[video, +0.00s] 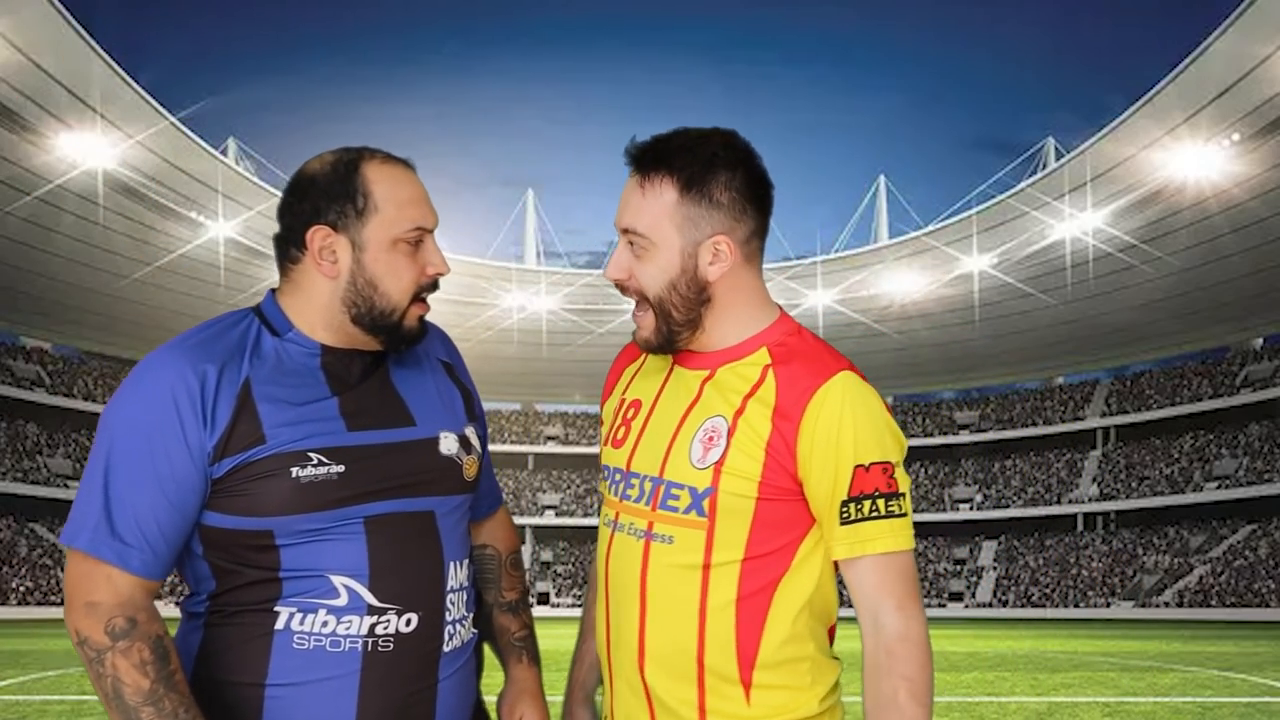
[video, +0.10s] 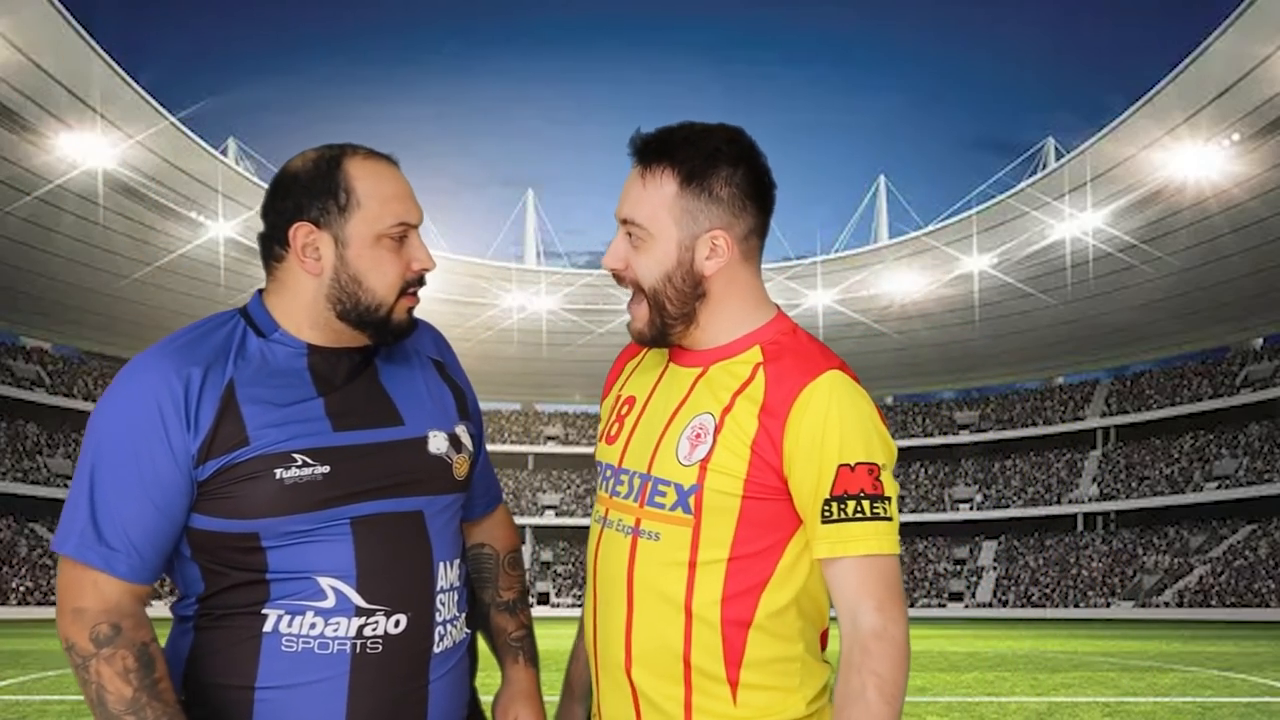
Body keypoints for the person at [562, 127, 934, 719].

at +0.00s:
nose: (613, 272)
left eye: (636, 245)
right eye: (619, 242)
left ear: (717, 256)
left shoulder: (828, 397)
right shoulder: (629, 372)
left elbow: (894, 631)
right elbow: (618, 554)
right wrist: (579, 693)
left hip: (766, 706)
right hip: (625, 706)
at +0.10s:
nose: (611, 260)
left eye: (634, 235)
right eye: (619, 232)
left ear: (713, 250)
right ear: (712, 252)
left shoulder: (818, 396)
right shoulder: (632, 369)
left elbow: (875, 633)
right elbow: (613, 580)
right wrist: (573, 703)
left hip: (751, 705)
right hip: (612, 706)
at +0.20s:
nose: (607, 251)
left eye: (632, 225)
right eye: (616, 222)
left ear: (709, 241)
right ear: (707, 243)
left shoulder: (807, 392)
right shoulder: (626, 367)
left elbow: (861, 628)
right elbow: (607, 573)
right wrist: (568, 700)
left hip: (733, 705)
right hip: (600, 705)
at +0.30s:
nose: (590, 244)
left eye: (617, 220)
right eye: (601, 219)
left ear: (694, 239)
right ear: (693, 241)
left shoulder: (788, 388)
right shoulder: (607, 370)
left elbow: (848, 619)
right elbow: (596, 572)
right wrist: (559, 697)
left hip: (719, 704)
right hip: (587, 703)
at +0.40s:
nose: (564, 242)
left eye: (594, 218)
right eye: (577, 218)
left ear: (668, 241)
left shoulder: (762, 385)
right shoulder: (577, 374)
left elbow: (835, 605)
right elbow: (575, 575)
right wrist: (527, 697)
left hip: (714, 703)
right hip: (580, 703)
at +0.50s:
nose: (530, 246)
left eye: (560, 222)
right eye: (538, 222)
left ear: (636, 242)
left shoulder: (730, 380)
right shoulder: (539, 381)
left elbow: (817, 589)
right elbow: (525, 575)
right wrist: (501, 694)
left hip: (712, 702)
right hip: (574, 705)